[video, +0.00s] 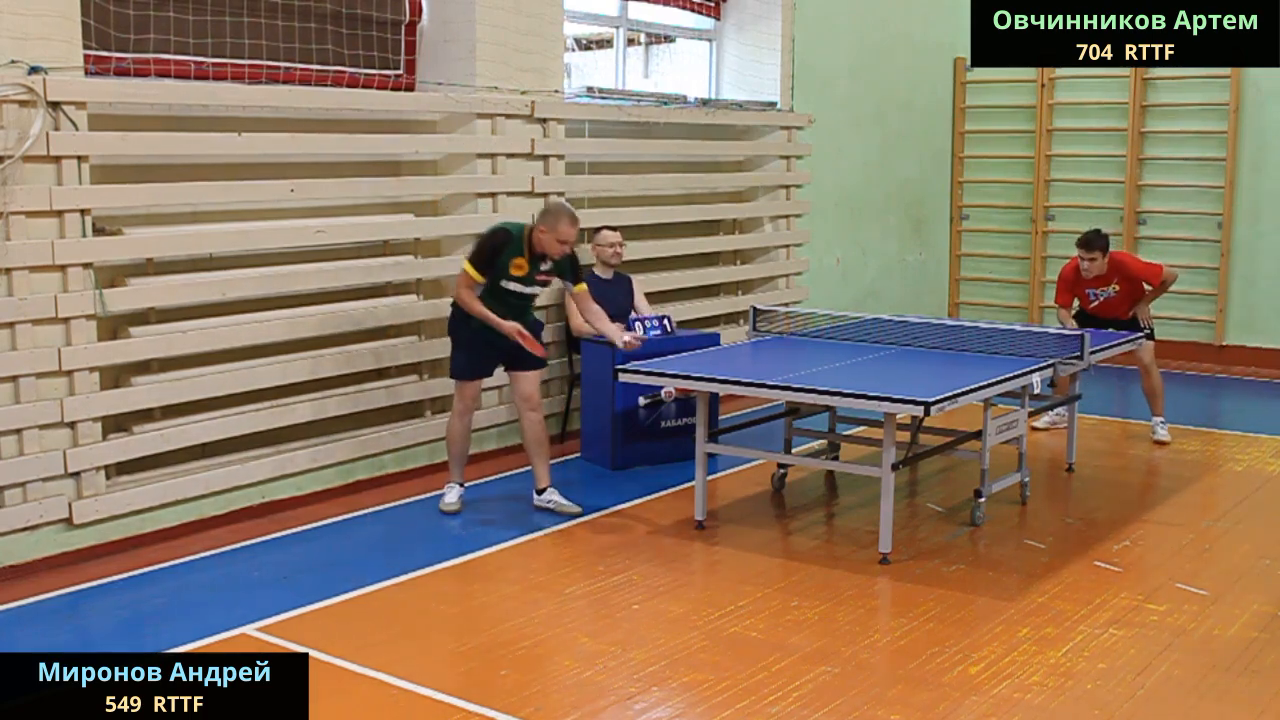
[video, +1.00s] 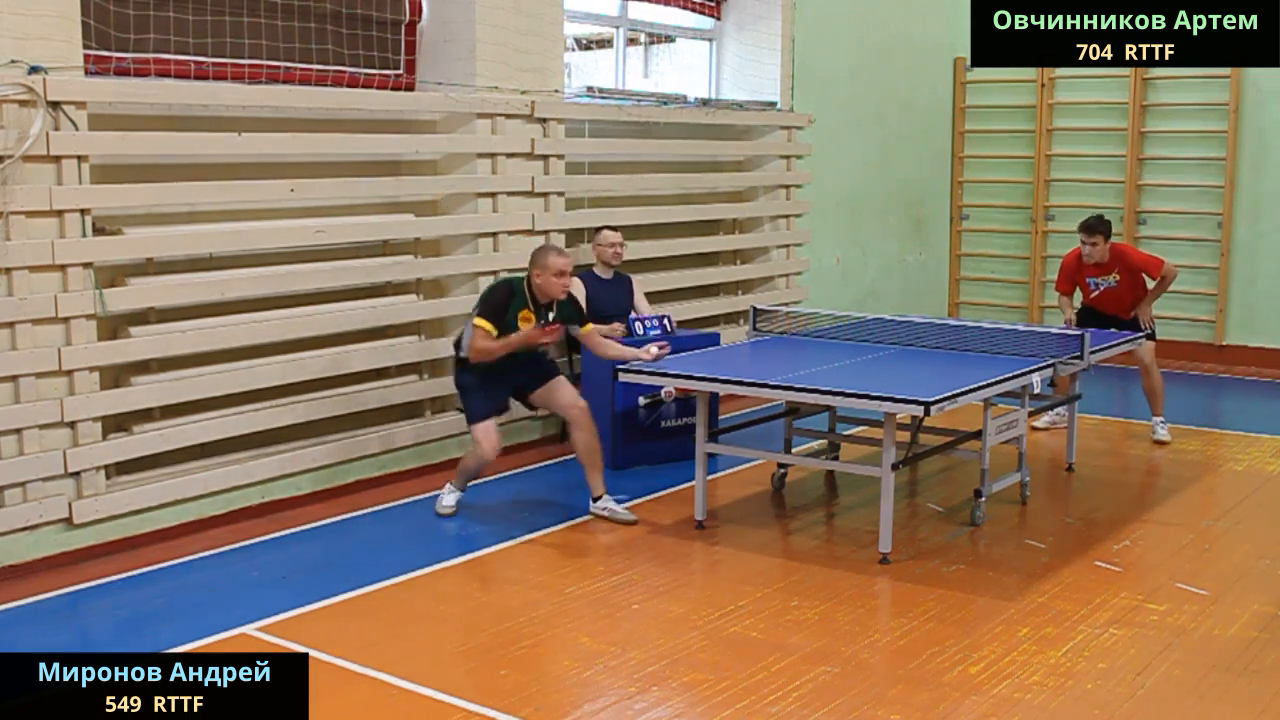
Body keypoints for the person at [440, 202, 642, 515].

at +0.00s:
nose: (568, 250)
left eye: (571, 244)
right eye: (562, 242)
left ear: (573, 238)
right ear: (540, 231)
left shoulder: (565, 258)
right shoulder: (500, 239)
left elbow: (586, 303)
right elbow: (462, 292)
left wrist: (617, 335)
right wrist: (500, 324)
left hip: (520, 325)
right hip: (476, 322)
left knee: (531, 402)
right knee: (465, 403)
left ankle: (544, 490)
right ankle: (454, 484)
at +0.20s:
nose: (585, 266)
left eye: (589, 260)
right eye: (580, 259)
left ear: (591, 255)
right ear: (559, 247)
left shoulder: (581, 267)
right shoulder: (523, 255)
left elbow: (604, 310)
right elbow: (506, 321)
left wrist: (630, 338)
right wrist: (559, 344)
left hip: (529, 320)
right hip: (483, 318)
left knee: (536, 400)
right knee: (470, 402)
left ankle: (544, 490)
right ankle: (455, 483)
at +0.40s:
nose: (590, 271)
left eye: (593, 265)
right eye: (585, 264)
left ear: (595, 258)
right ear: (564, 252)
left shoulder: (584, 268)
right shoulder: (533, 262)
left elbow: (609, 309)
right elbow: (529, 330)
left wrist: (635, 334)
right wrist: (581, 351)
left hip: (529, 323)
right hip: (485, 321)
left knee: (537, 400)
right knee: (471, 403)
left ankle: (544, 490)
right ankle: (452, 482)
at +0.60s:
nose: (581, 270)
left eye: (584, 263)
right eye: (576, 262)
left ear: (588, 258)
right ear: (554, 252)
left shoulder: (573, 270)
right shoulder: (519, 263)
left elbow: (597, 313)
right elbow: (501, 326)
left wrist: (627, 344)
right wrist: (553, 342)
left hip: (521, 321)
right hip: (474, 321)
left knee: (538, 401)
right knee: (468, 407)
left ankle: (544, 490)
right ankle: (451, 486)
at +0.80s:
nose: (566, 275)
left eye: (569, 268)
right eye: (560, 267)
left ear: (570, 265)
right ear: (537, 262)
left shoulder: (561, 286)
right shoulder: (504, 272)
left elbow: (582, 331)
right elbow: (475, 331)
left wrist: (622, 350)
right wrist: (529, 330)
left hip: (513, 340)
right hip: (466, 341)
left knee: (555, 402)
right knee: (469, 428)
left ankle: (583, 490)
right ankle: (451, 488)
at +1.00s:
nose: (568, 282)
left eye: (570, 275)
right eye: (560, 276)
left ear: (570, 274)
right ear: (537, 276)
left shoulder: (565, 302)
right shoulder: (501, 293)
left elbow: (597, 344)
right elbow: (476, 351)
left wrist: (639, 353)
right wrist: (524, 339)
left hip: (526, 361)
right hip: (481, 368)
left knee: (578, 410)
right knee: (488, 450)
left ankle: (599, 498)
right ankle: (455, 487)